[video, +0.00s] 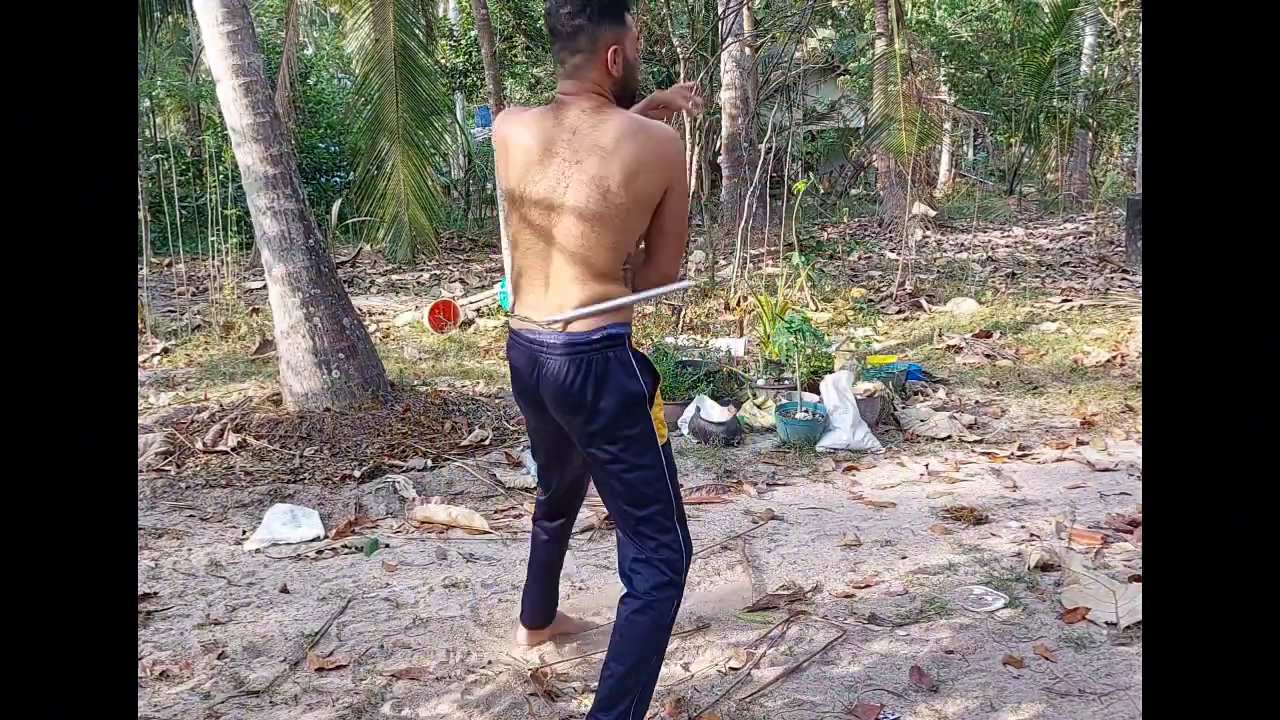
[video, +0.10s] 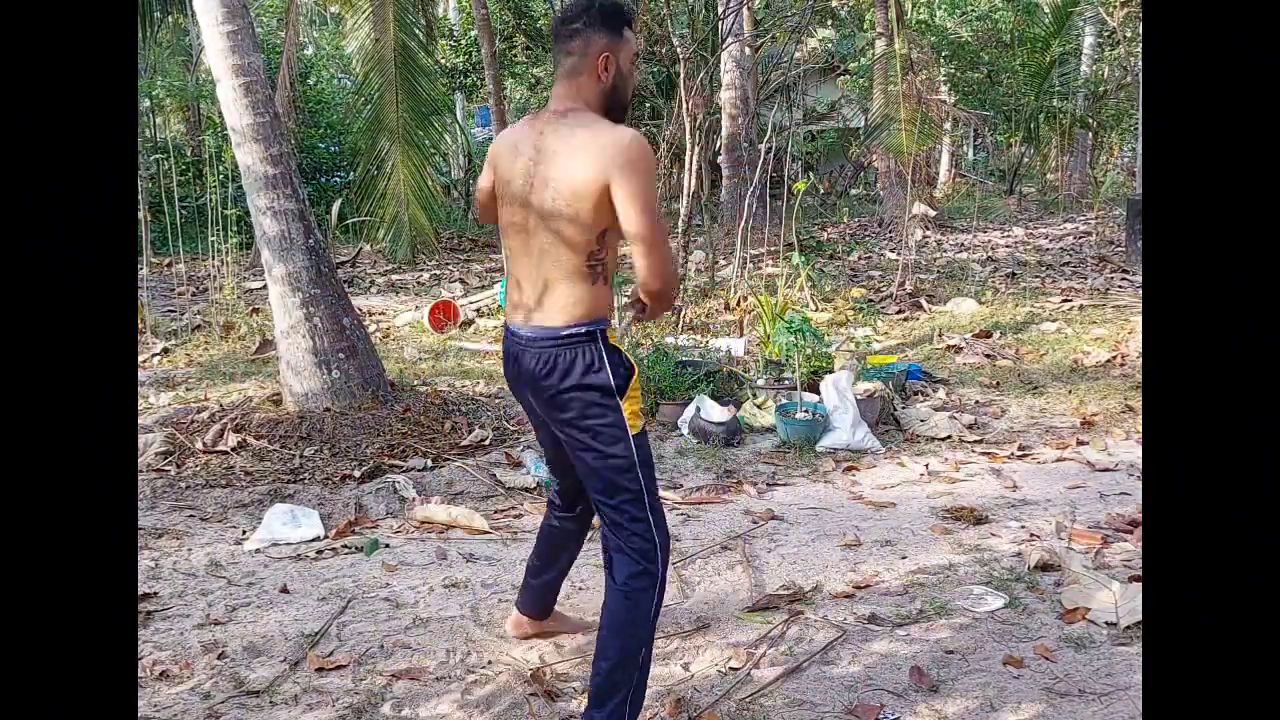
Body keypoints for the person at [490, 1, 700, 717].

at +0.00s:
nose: (635, 54)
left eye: (632, 40)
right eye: (633, 42)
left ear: (559, 53)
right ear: (615, 53)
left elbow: (574, 141)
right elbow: (660, 271)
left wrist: (647, 109)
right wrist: (590, 267)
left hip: (525, 356)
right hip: (597, 363)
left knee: (557, 490)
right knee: (658, 552)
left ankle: (536, 619)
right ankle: (614, 713)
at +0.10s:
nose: (635, 76)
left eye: (636, 62)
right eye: (633, 62)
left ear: (565, 61)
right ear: (604, 60)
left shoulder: (512, 139)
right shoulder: (619, 146)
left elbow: (485, 208)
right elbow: (655, 280)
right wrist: (654, 298)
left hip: (523, 354)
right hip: (578, 358)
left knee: (573, 495)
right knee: (641, 543)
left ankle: (533, 610)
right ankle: (611, 711)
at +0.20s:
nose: (635, 85)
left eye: (636, 69)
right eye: (631, 69)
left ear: (578, 67)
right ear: (599, 66)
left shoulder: (517, 138)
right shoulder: (588, 145)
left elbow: (472, 226)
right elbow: (582, 256)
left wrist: (544, 256)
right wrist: (638, 315)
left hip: (524, 346)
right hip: (563, 348)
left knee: (581, 486)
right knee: (619, 530)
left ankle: (531, 609)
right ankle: (606, 708)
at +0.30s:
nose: (634, 94)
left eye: (636, 79)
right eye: (628, 78)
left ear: (585, 75)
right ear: (589, 73)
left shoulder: (556, 135)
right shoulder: (548, 134)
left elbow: (491, 206)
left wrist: (540, 298)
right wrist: (531, 300)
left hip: (547, 332)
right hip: (533, 338)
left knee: (584, 479)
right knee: (589, 505)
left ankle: (533, 604)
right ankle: (609, 694)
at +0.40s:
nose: (624, 100)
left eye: (628, 87)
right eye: (619, 84)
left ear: (585, 80)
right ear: (576, 74)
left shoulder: (562, 142)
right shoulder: (523, 130)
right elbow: (420, 182)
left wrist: (485, 272)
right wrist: (470, 277)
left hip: (542, 322)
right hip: (510, 323)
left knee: (582, 475)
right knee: (574, 481)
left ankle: (529, 614)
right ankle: (535, 670)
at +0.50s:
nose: (612, 96)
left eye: (617, 83)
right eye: (603, 79)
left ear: (591, 80)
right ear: (559, 71)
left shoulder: (574, 156)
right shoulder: (508, 127)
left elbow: (534, 239)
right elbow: (406, 184)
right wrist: (448, 278)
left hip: (535, 319)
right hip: (490, 317)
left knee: (575, 472)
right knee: (536, 477)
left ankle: (533, 609)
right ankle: (466, 644)